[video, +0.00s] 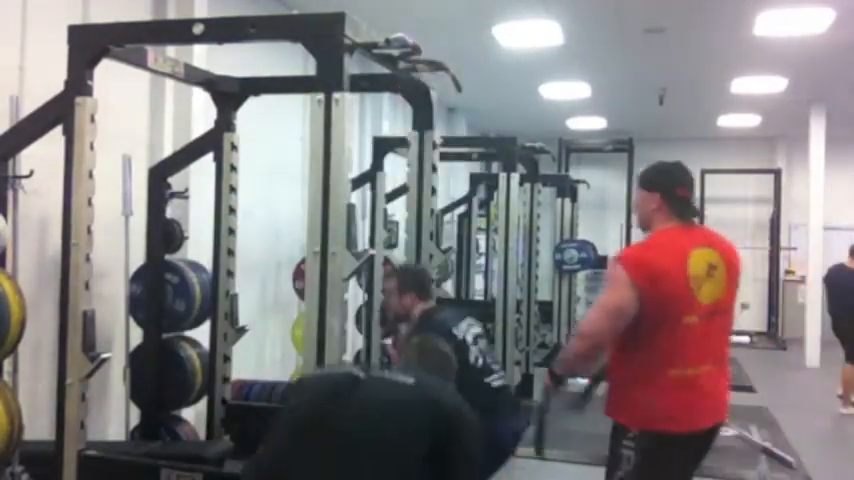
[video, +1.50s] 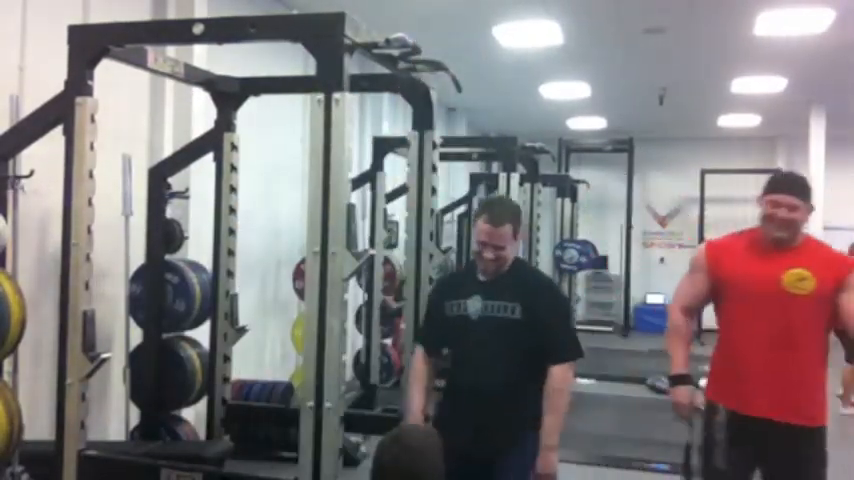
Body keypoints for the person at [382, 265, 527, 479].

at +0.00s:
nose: (385, 301)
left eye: (389, 294)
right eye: (385, 294)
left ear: (410, 299)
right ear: (426, 295)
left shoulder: (426, 337)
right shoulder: (455, 314)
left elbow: (429, 395)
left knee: (465, 472)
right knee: (475, 471)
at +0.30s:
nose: (411, 308)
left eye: (417, 300)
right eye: (407, 302)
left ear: (440, 292)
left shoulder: (466, 325)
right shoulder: (446, 326)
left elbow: (494, 387)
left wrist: (497, 464)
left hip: (530, 409)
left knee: (508, 473)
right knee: (484, 469)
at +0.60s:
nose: (489, 268)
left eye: (497, 261)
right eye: (484, 261)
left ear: (517, 256)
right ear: (477, 258)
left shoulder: (540, 298)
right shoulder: (484, 299)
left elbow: (533, 370)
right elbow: (460, 347)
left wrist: (480, 407)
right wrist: (425, 386)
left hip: (550, 414)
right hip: (507, 408)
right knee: (479, 466)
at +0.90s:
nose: (500, 248)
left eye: (509, 242)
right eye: (495, 240)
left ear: (527, 240)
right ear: (488, 237)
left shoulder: (550, 285)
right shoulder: (482, 285)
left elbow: (561, 352)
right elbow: (469, 337)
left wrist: (520, 409)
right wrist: (461, 377)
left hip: (543, 414)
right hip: (493, 413)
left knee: (538, 473)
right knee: (491, 473)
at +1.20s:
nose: (496, 256)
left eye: (505, 249)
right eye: (490, 247)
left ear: (521, 243)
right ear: (481, 240)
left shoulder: (548, 294)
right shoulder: (466, 293)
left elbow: (577, 360)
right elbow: (451, 359)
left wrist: (576, 435)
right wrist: (467, 417)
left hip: (534, 427)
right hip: (484, 427)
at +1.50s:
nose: (489, 255)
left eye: (499, 248)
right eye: (482, 245)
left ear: (517, 239)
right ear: (473, 237)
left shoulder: (543, 294)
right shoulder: (448, 289)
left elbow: (561, 371)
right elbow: (424, 354)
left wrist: (549, 449)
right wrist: (415, 423)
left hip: (515, 438)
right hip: (455, 433)